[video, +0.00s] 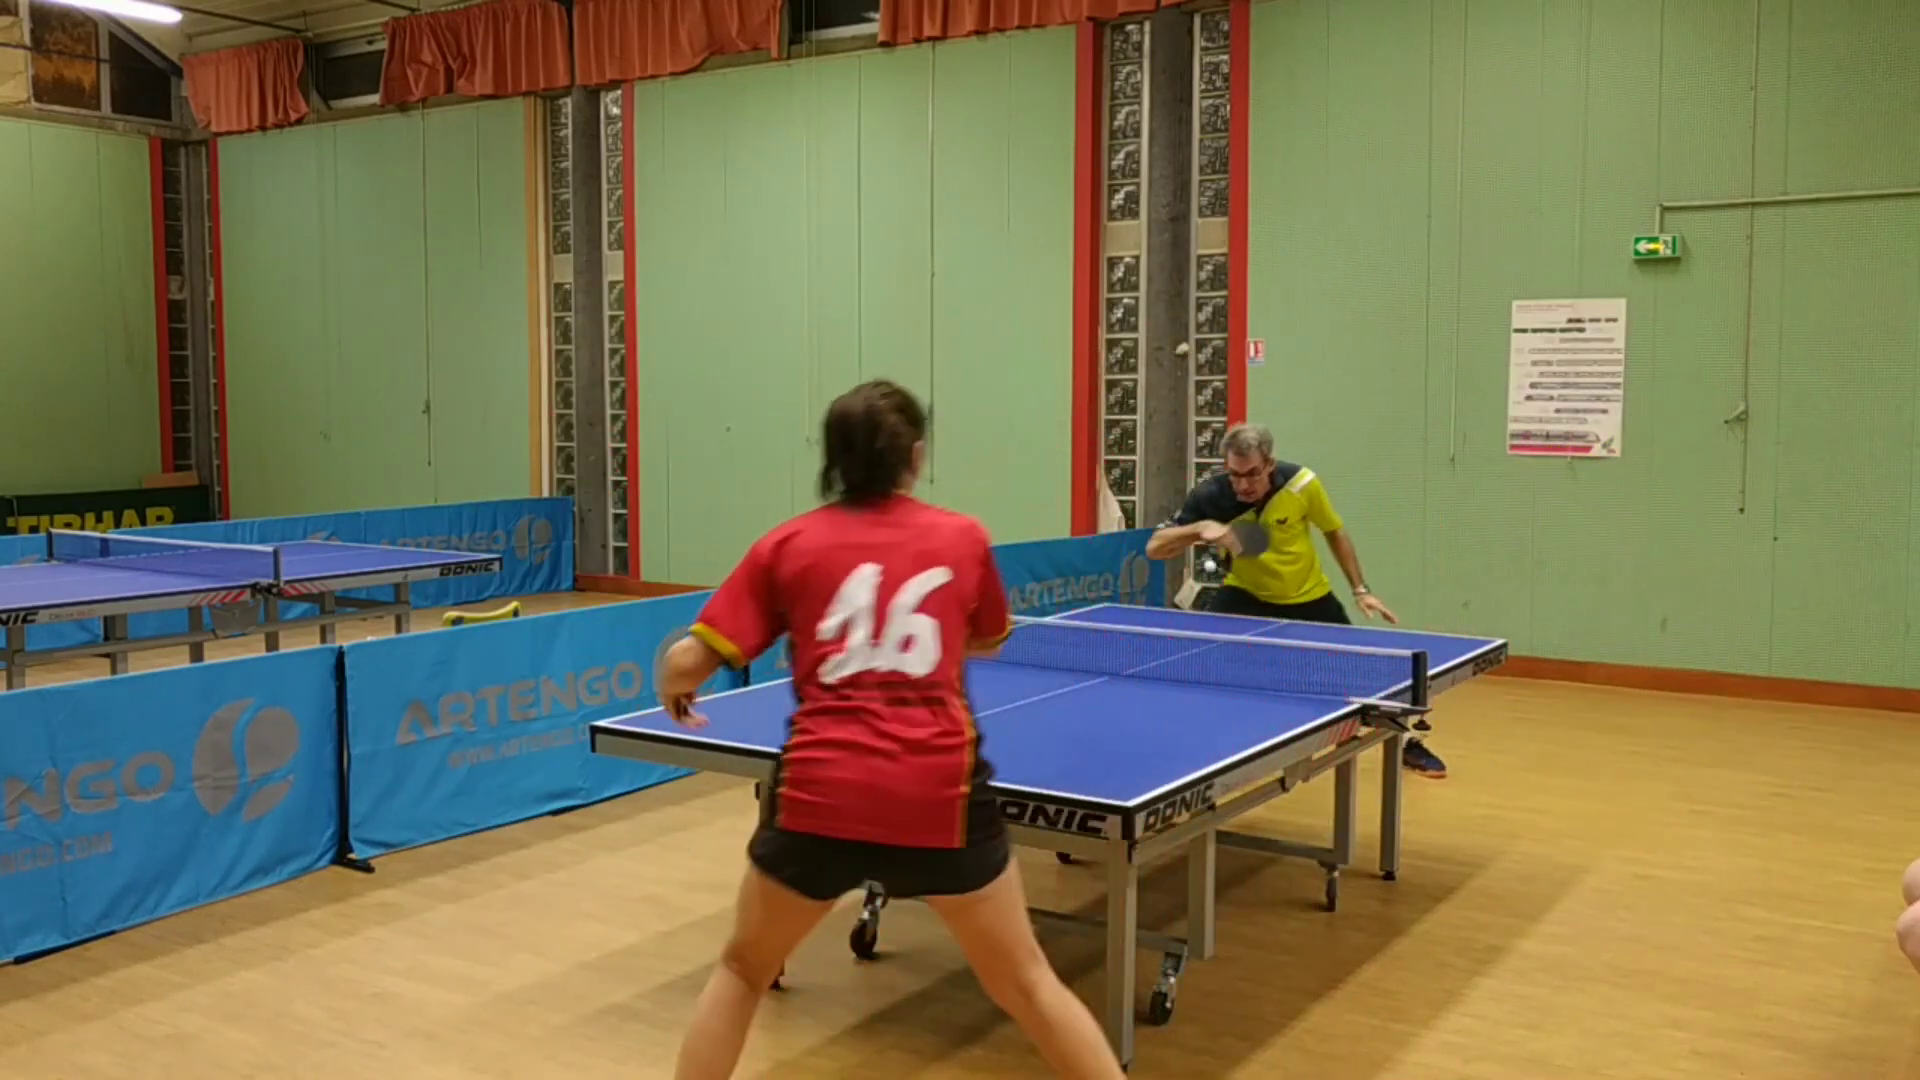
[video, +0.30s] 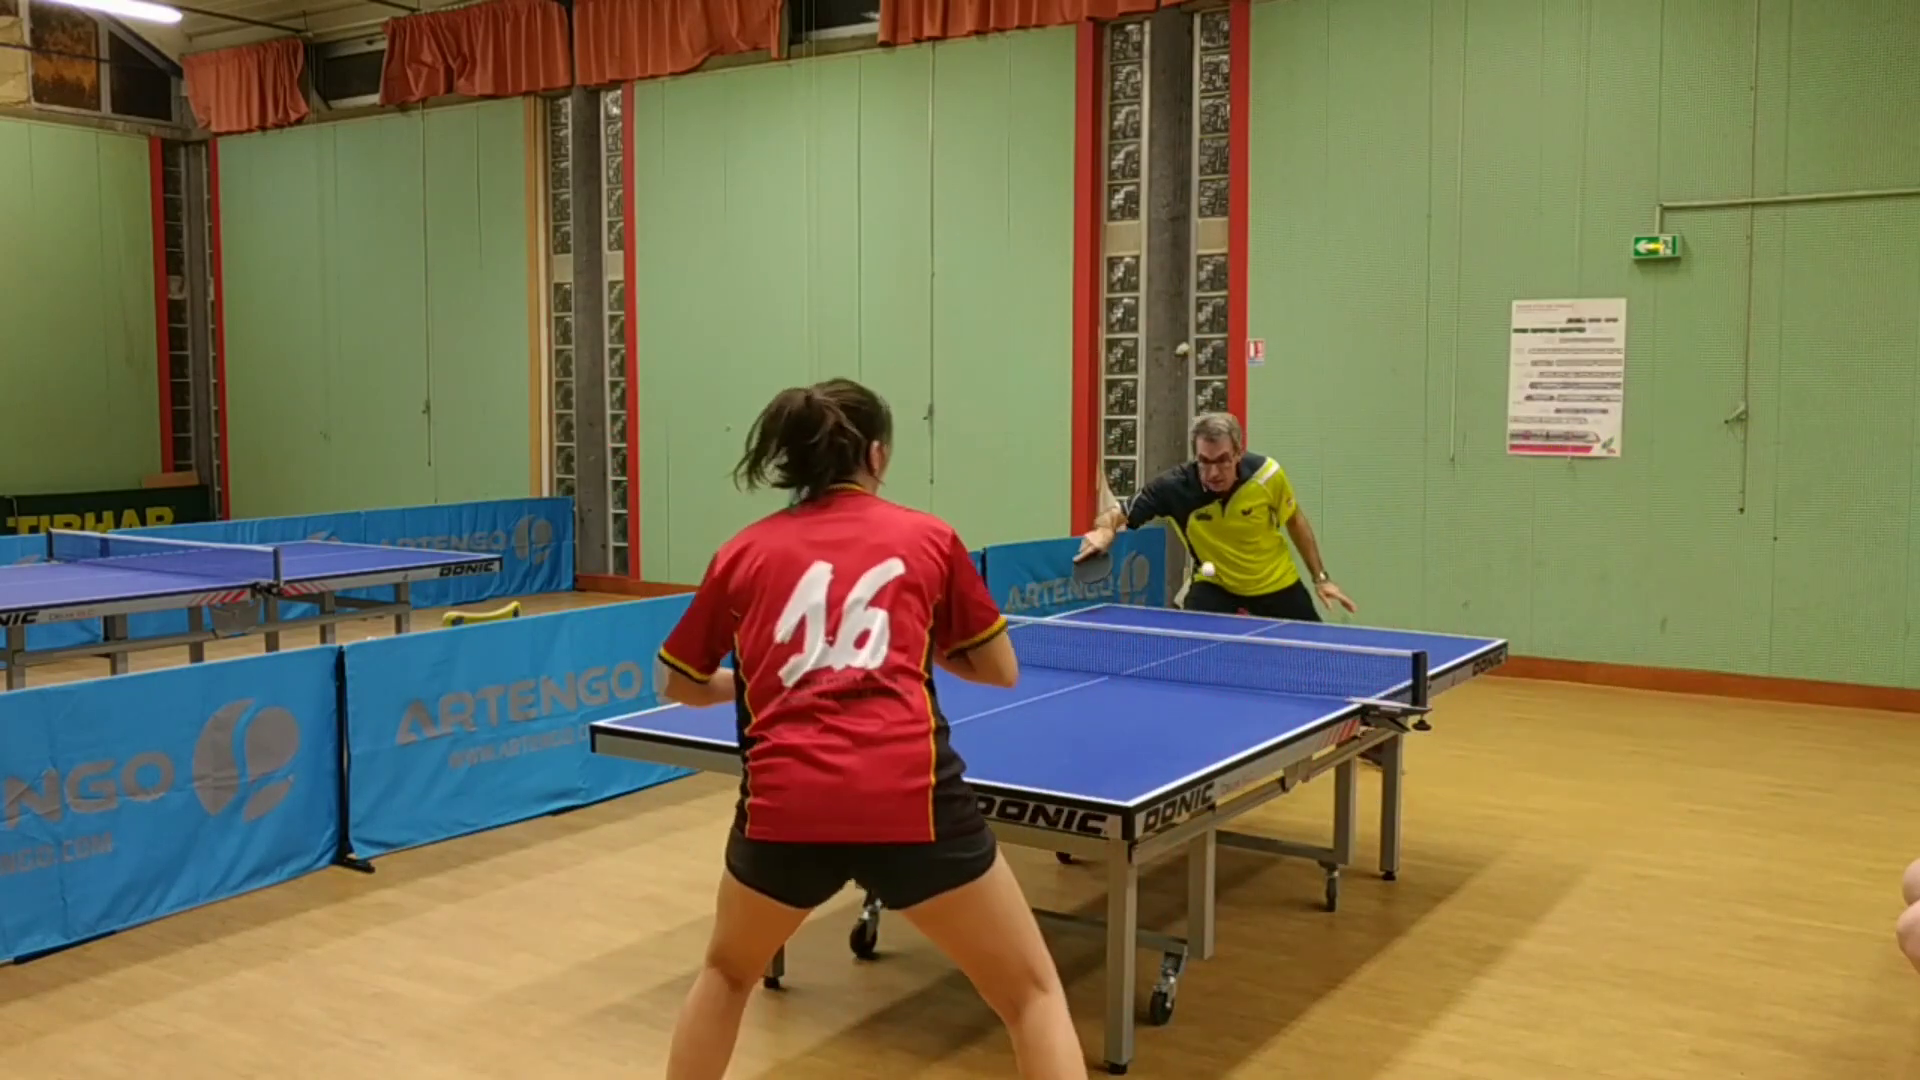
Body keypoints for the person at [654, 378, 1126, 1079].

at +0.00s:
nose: (924, 451)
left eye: (919, 441)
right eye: (922, 442)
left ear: (837, 455)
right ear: (914, 454)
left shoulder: (791, 545)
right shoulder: (961, 538)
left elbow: (691, 661)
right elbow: (989, 635)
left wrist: (674, 684)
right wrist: (898, 629)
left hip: (821, 802)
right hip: (940, 801)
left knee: (743, 972)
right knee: (1031, 985)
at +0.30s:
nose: (889, 456)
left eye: (885, 445)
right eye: (887, 446)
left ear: (796, 455)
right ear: (876, 454)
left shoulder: (747, 551)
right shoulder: (926, 538)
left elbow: (682, 686)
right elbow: (999, 669)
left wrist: (755, 674)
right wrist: (917, 638)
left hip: (787, 811)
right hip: (913, 806)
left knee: (726, 975)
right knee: (1030, 998)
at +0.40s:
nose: (933, 482)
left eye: (932, 471)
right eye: (932, 471)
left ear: (840, 477)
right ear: (917, 476)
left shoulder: (787, 566)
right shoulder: (956, 565)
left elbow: (729, 696)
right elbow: (1024, 716)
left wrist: (825, 685)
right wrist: (954, 662)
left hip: (797, 846)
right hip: (925, 844)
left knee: (740, 979)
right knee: (1063, 1022)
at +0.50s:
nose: (1008, 516)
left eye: (1009, 502)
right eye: (1008, 502)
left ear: (915, 503)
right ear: (989, 508)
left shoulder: (855, 584)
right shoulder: (1010, 599)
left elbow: (819, 698)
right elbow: (1060, 762)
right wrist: (988, 708)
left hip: (810, 865)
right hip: (934, 869)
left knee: (756, 990)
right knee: (1103, 1019)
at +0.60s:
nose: (1097, 545)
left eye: (1097, 532)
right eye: (1096, 532)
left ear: (1000, 526)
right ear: (1074, 535)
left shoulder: (937, 590)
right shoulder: (1072, 618)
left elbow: (950, 718)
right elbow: (1107, 783)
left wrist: (1069, 711)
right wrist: (1104, 719)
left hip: (833, 844)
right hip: (947, 860)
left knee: (768, 999)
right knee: (1132, 1020)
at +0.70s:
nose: (1176, 545)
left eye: (1178, 531)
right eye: (1174, 531)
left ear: (1079, 528)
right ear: (1151, 536)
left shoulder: (1022, 579)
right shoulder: (1128, 611)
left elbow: (1065, 674)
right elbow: (1154, 776)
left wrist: (1182, 686)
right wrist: (1147, 697)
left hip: (849, 813)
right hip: (960, 840)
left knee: (767, 1015)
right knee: (1131, 1018)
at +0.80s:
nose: (1214, 545)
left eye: (1214, 530)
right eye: (1214, 530)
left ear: (1125, 520)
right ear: (1193, 532)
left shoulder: (1077, 569)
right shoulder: (1149, 593)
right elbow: (1185, 751)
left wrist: (1261, 682)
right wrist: (1185, 667)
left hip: (862, 774)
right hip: (959, 806)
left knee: (766, 1000)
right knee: (1107, 1024)